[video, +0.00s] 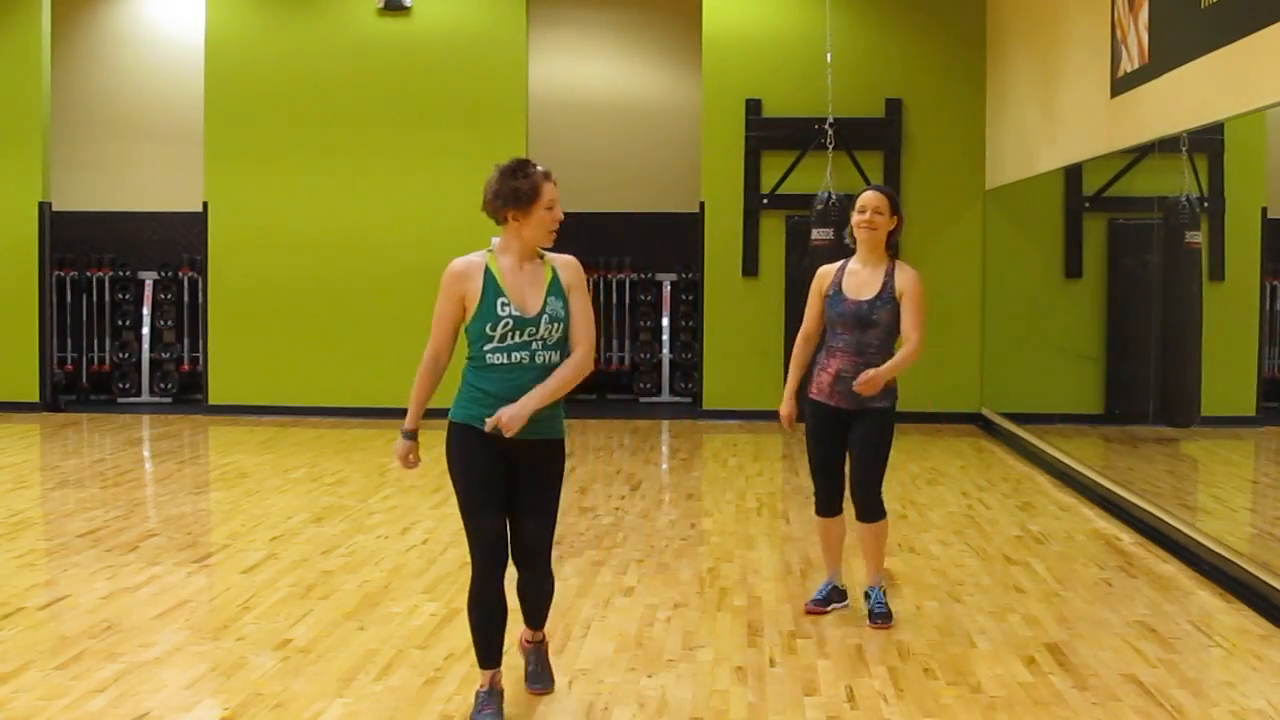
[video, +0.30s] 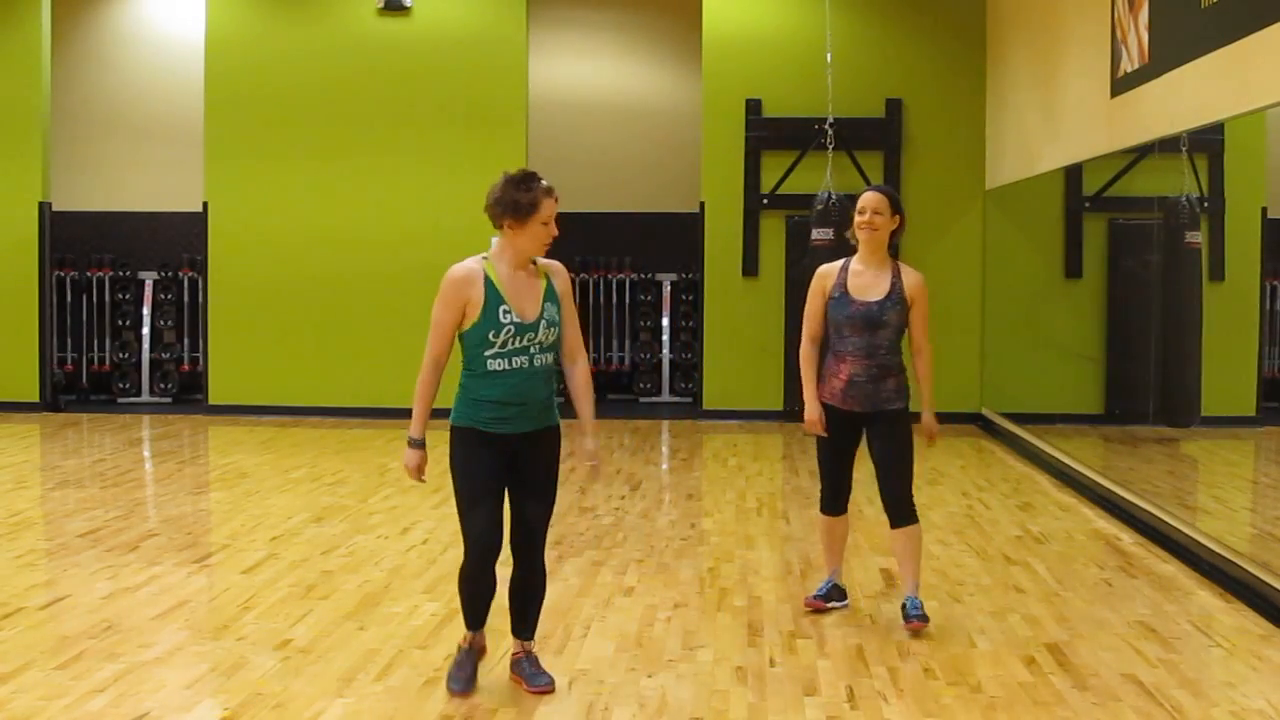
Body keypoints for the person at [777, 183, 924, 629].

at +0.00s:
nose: (866, 218)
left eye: (876, 212)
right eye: (860, 211)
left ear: (893, 224)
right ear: (850, 219)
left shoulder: (904, 279)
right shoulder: (827, 275)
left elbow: (912, 344)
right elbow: (807, 335)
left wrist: (885, 371)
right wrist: (789, 391)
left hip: (873, 403)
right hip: (823, 400)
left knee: (866, 493)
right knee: (827, 493)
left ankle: (875, 588)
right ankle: (832, 582)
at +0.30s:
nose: (867, 219)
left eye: (877, 213)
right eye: (861, 211)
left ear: (895, 222)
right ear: (852, 219)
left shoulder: (910, 281)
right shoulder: (827, 275)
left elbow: (920, 348)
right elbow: (809, 341)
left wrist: (927, 408)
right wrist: (810, 400)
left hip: (888, 405)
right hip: (835, 404)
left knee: (898, 500)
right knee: (833, 496)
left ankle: (912, 596)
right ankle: (832, 581)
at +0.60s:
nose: (891, 222)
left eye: (900, 215)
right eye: (884, 214)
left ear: (916, 224)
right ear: (872, 222)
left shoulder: (934, 284)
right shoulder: (848, 279)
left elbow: (947, 350)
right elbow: (829, 345)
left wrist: (958, 410)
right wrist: (827, 407)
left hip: (928, 413)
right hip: (874, 416)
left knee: (929, 510)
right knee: (869, 513)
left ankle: (921, 603)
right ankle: (841, 578)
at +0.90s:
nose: (913, 220)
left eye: (922, 212)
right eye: (904, 213)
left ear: (936, 219)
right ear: (891, 220)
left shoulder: (958, 278)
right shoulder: (869, 276)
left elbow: (968, 346)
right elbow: (852, 345)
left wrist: (967, 403)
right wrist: (847, 408)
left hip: (939, 411)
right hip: (885, 412)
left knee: (932, 511)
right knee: (904, 509)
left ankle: (922, 602)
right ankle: (905, 612)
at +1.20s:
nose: (922, 224)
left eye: (931, 215)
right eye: (912, 215)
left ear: (944, 223)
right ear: (896, 222)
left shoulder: (965, 281)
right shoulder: (873, 283)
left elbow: (980, 351)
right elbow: (855, 355)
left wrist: (979, 409)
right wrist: (844, 417)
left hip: (943, 421)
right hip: (884, 420)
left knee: (942, 537)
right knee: (897, 530)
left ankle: (924, 592)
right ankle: (913, 635)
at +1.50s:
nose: (928, 214)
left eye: (937, 207)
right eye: (918, 205)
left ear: (949, 215)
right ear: (902, 211)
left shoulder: (967, 277)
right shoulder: (873, 273)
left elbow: (980, 351)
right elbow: (854, 347)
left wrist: (989, 416)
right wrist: (864, 409)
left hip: (951, 422)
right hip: (891, 424)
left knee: (972, 532)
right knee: (903, 534)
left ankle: (979, 639)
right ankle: (916, 636)